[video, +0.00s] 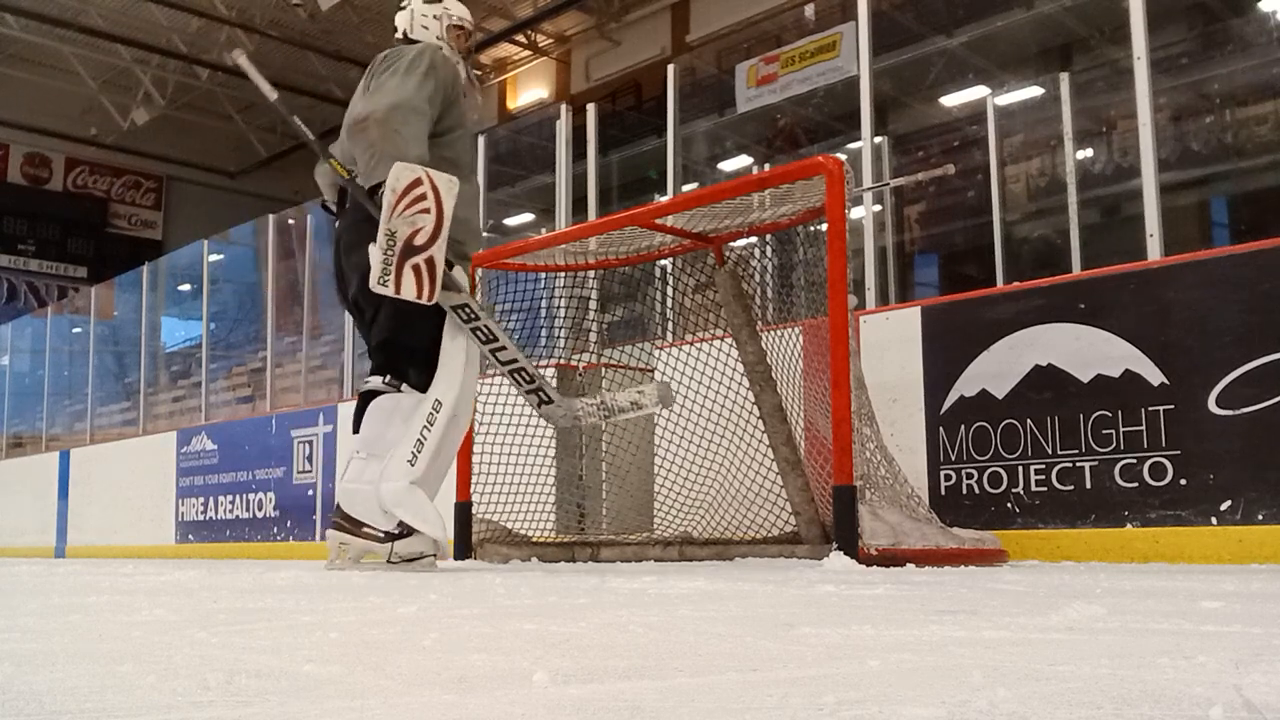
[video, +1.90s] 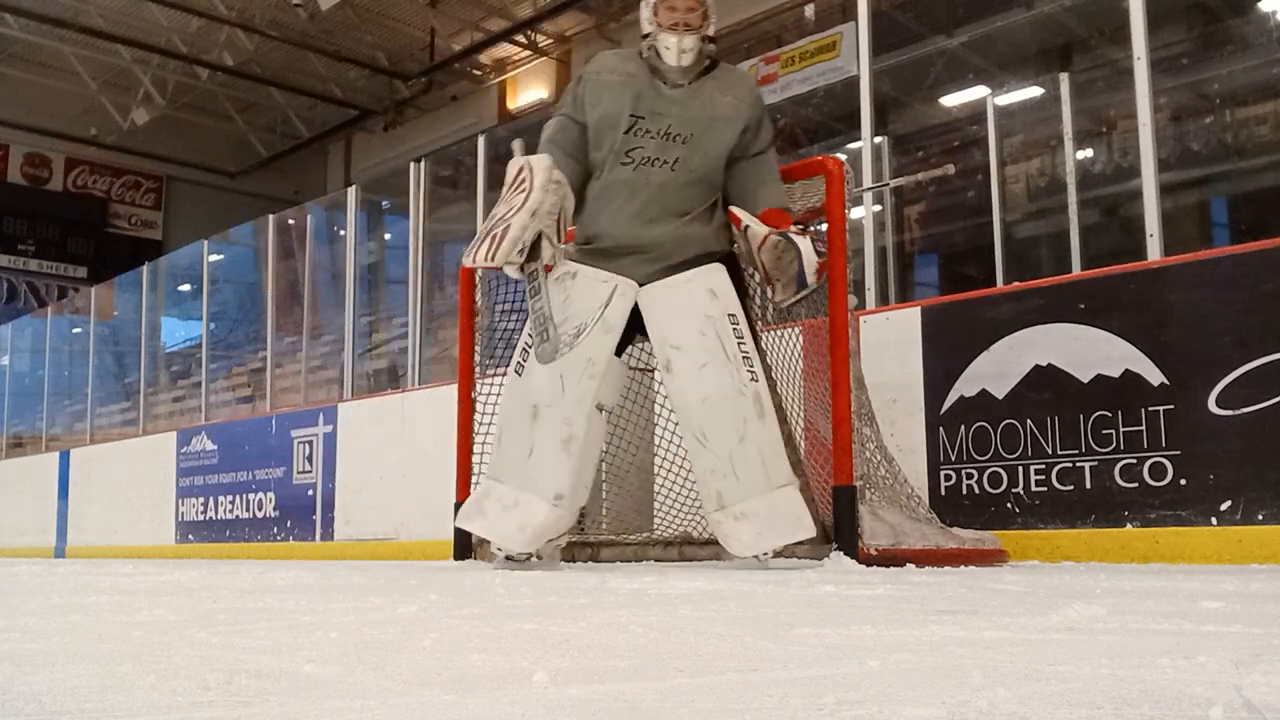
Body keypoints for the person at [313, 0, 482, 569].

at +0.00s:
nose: (463, 38)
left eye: (465, 31)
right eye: (455, 27)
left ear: (417, 26)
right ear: (427, 22)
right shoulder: (423, 56)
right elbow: (383, 126)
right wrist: (416, 234)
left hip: (377, 236)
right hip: (395, 230)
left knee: (395, 374)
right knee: (423, 373)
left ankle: (368, 510)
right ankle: (371, 504)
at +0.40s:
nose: (501, 55)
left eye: (505, 48)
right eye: (492, 44)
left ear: (502, 55)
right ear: (462, 43)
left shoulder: (476, 108)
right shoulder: (442, 79)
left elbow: (461, 194)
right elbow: (385, 144)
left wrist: (491, 255)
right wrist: (382, 241)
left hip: (449, 259)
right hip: (439, 255)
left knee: (430, 389)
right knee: (469, 382)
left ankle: (395, 513)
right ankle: (445, 514)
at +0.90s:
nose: (525, 32)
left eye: (535, 24)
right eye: (515, 23)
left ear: (548, 35)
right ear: (499, 31)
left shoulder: (549, 110)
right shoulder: (478, 77)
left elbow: (540, 192)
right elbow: (428, 148)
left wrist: (541, 260)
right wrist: (409, 236)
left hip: (525, 267)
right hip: (469, 257)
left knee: (510, 397)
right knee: (492, 396)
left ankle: (458, 525)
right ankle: (474, 526)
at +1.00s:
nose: (533, 29)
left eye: (542, 22)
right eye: (522, 19)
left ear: (553, 34)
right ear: (503, 28)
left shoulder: (565, 113)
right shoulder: (483, 73)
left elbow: (562, 190)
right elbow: (438, 139)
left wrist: (553, 246)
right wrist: (422, 218)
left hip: (545, 268)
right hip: (482, 255)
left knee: (542, 396)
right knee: (501, 390)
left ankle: (519, 527)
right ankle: (480, 524)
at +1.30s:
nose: (554, 13)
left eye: (563, 7)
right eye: (540, 6)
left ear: (578, 20)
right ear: (518, 18)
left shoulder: (603, 108)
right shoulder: (498, 70)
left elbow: (591, 208)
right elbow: (455, 154)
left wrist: (622, 256)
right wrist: (438, 239)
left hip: (585, 274)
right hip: (510, 261)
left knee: (617, 391)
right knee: (527, 398)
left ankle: (606, 521)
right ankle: (524, 529)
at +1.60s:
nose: (598, 18)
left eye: (609, 9)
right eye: (586, 9)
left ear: (626, 18)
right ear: (567, 19)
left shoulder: (662, 96)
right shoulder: (533, 80)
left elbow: (678, 180)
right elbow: (495, 160)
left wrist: (711, 234)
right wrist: (483, 227)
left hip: (640, 271)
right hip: (551, 266)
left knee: (676, 392)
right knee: (558, 395)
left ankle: (675, 532)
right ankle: (530, 536)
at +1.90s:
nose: (678, 27)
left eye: (690, 17)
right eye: (667, 15)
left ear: (707, 23)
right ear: (648, 18)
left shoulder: (736, 93)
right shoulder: (600, 77)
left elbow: (759, 189)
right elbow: (560, 161)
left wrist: (776, 249)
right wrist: (532, 212)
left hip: (693, 263)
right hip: (597, 261)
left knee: (728, 391)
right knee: (556, 391)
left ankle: (769, 535)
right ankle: (517, 536)